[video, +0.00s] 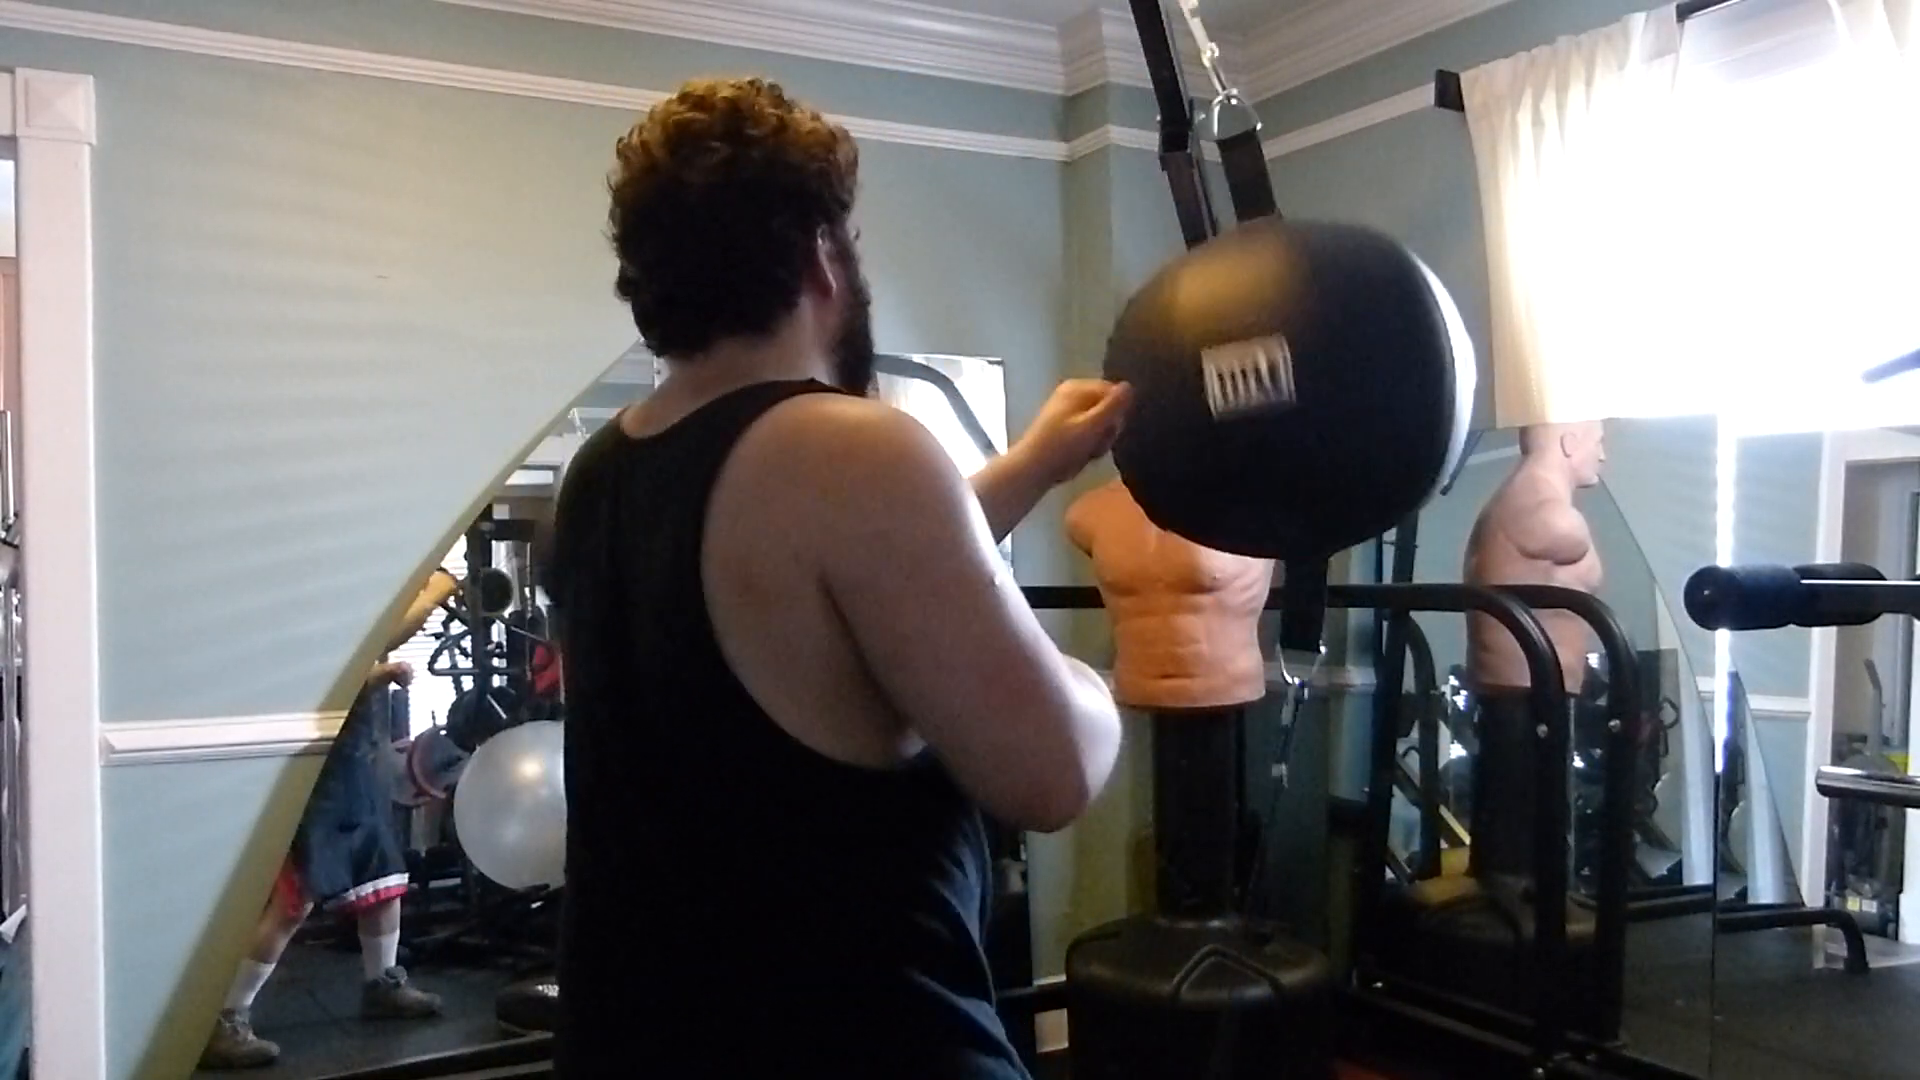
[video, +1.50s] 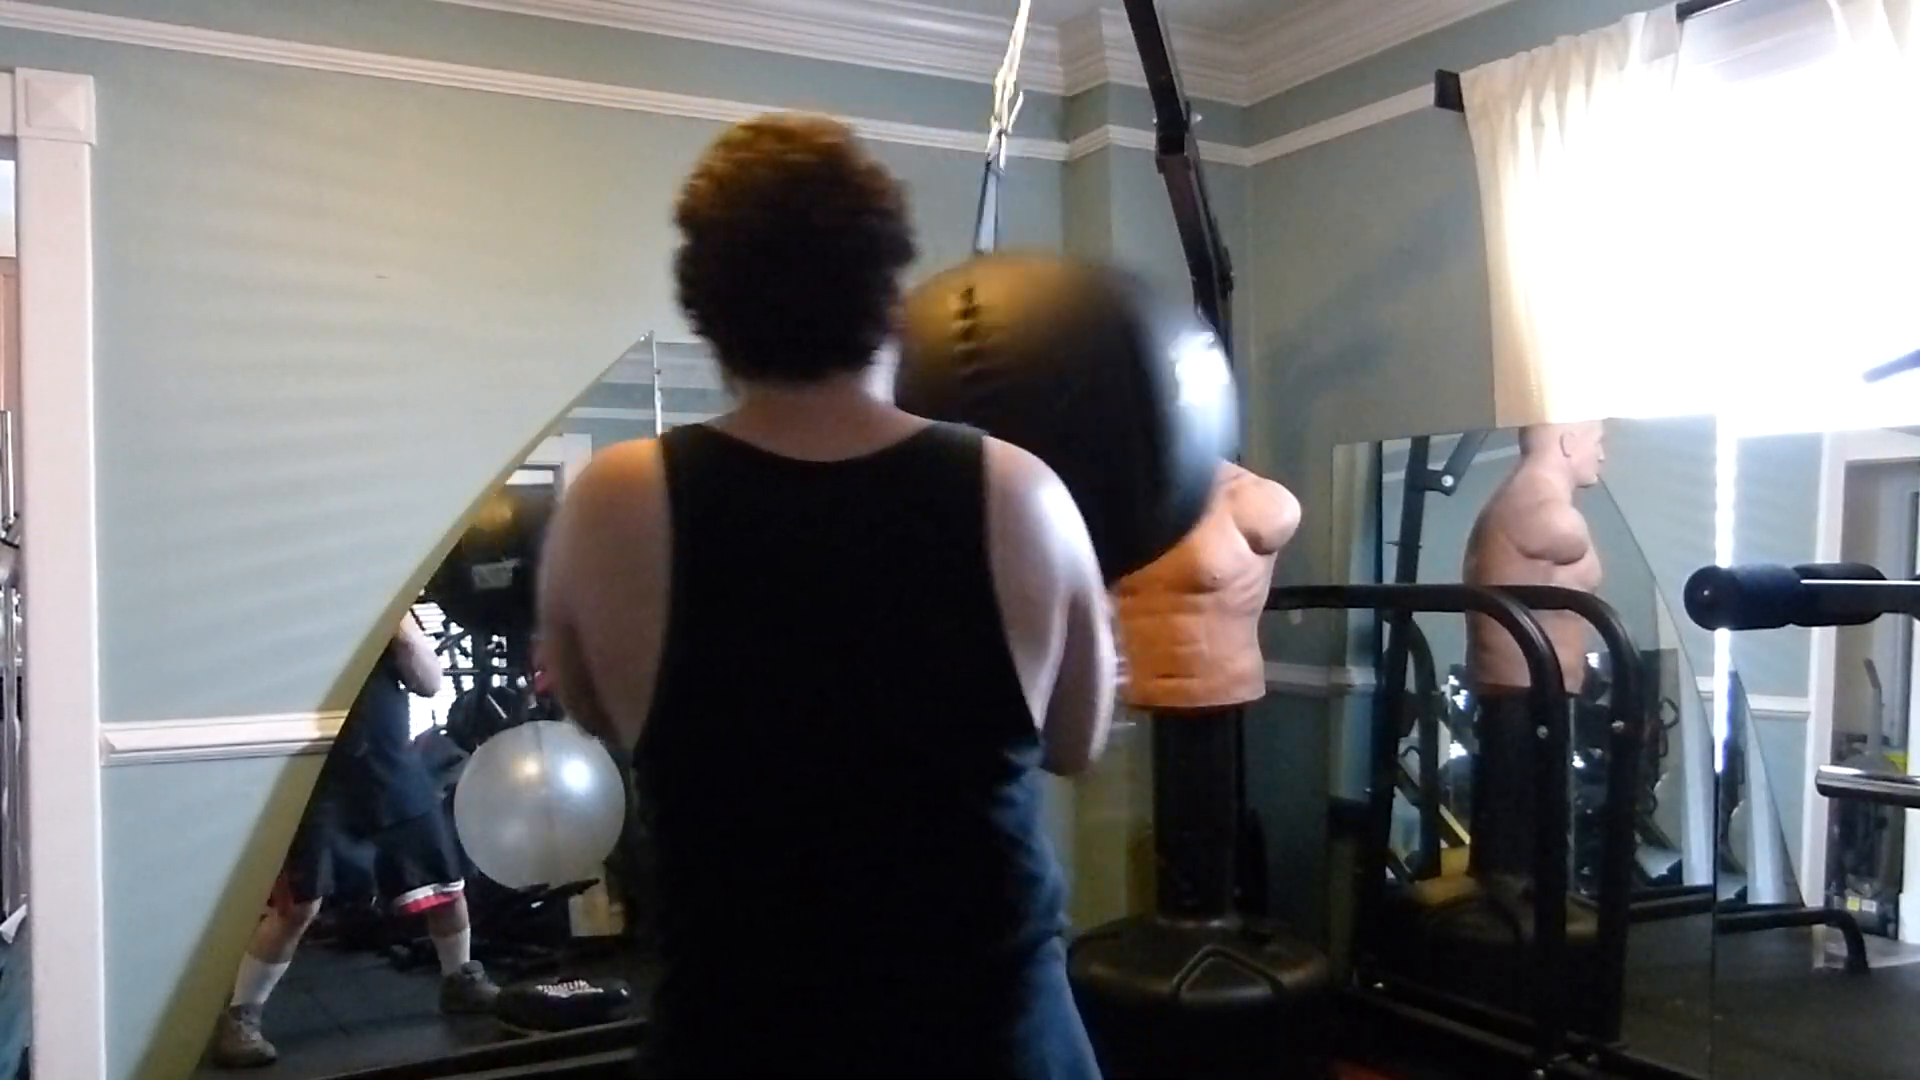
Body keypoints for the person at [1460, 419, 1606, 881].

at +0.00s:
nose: (1604, 454)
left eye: (1602, 440)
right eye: (1598, 438)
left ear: (1557, 441)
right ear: (1567, 441)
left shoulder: (1512, 499)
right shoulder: (1539, 498)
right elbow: (1594, 576)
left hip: (1509, 696)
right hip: (1529, 700)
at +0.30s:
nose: (1604, 454)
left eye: (1603, 439)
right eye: (1598, 437)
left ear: (1557, 440)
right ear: (1566, 440)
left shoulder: (1512, 499)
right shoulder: (1539, 497)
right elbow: (1593, 574)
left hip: (1512, 697)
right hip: (1529, 700)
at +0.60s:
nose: (1604, 453)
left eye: (1603, 437)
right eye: (1598, 435)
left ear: (1557, 439)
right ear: (1567, 439)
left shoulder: (1512, 499)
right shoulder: (1539, 500)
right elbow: (1594, 573)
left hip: (1510, 699)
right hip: (1529, 702)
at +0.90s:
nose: (1603, 454)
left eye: (1603, 439)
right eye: (1598, 438)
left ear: (1557, 440)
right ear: (1566, 440)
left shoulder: (1516, 495)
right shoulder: (1539, 495)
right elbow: (1591, 574)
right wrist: (1588, 550)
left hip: (1512, 691)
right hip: (1528, 694)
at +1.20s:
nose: (1603, 454)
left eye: (1603, 440)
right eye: (1598, 438)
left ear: (1557, 441)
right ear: (1567, 441)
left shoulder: (1513, 497)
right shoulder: (1539, 493)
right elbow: (1548, 536)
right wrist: (1584, 536)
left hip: (1510, 690)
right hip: (1529, 693)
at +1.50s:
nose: (1603, 455)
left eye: (1602, 441)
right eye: (1597, 439)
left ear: (1557, 441)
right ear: (1566, 441)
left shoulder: (1514, 497)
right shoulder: (1539, 495)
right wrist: (1588, 550)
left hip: (1510, 693)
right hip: (1528, 697)